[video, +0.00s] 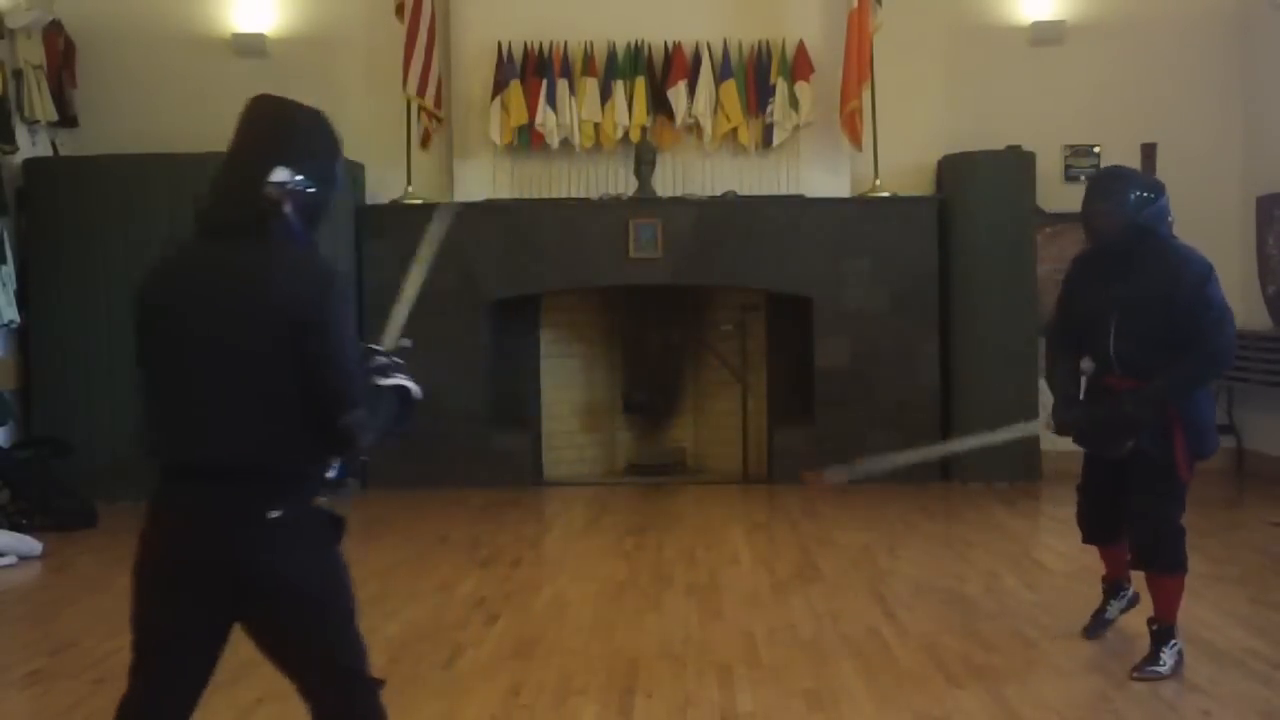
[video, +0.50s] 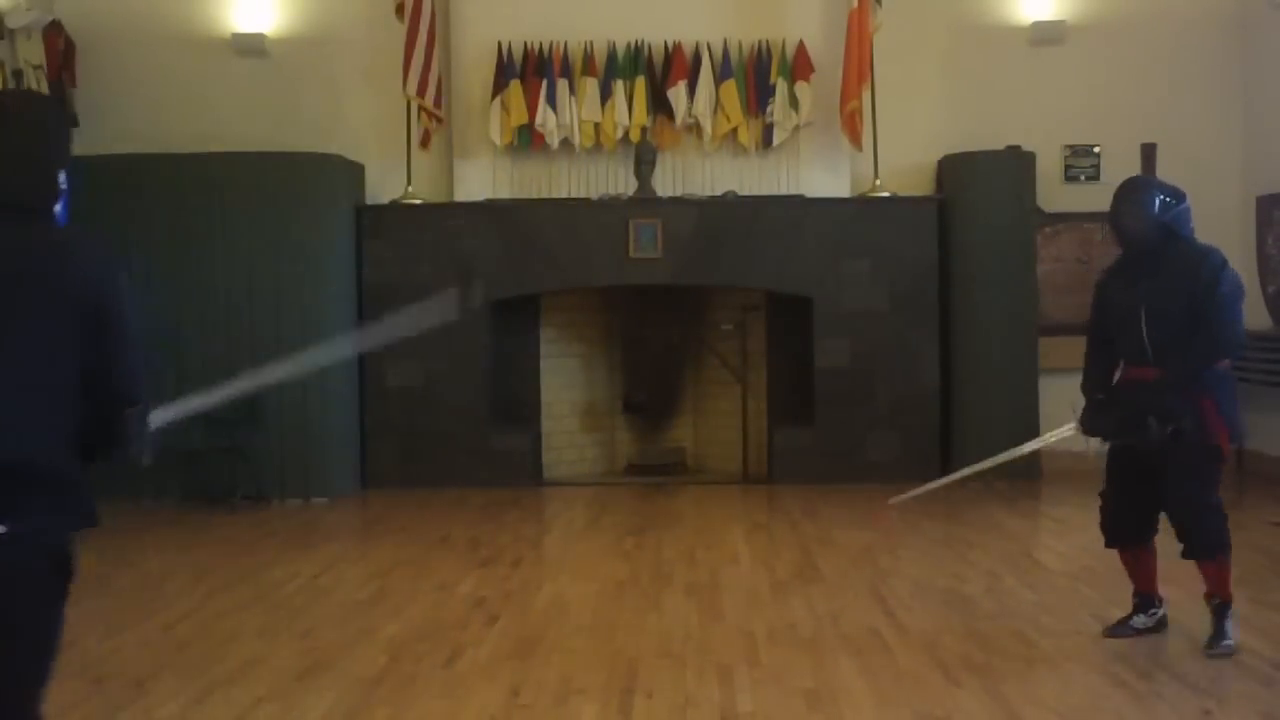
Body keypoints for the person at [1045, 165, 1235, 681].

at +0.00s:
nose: (1095, 226)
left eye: (1106, 216)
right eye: (1091, 216)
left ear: (1138, 214)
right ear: (1090, 216)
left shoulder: (1182, 268)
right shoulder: (1088, 266)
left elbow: (1217, 349)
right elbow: (1062, 337)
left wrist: (1151, 401)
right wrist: (1067, 397)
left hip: (1166, 413)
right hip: (1106, 410)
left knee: (1155, 522)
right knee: (1099, 508)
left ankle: (1165, 637)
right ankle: (1118, 589)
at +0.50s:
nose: (1124, 230)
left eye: (1133, 219)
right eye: (1119, 220)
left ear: (1161, 216)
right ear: (1116, 224)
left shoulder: (1205, 267)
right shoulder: (1115, 279)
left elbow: (1223, 345)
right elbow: (1099, 350)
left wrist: (1170, 397)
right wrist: (1097, 402)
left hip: (1195, 415)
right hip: (1134, 415)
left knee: (1198, 512)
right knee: (1125, 512)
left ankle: (1221, 613)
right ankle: (1147, 607)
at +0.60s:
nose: (1133, 228)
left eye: (1142, 218)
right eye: (1130, 219)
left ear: (1171, 216)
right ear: (1131, 223)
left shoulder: (1218, 268)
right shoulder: (1132, 280)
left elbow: (1227, 343)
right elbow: (1116, 346)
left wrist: (1176, 389)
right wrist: (1107, 393)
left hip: (1209, 409)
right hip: (1148, 410)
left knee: (1215, 501)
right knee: (1133, 508)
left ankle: (1257, 586)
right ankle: (1148, 605)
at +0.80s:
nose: (1169, 230)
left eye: (1176, 219)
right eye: (1168, 220)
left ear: (1202, 218)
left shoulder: (1252, 273)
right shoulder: (1179, 280)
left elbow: (1256, 353)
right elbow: (1163, 344)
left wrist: (1195, 399)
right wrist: (1147, 390)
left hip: (1253, 416)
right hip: (1194, 416)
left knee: (1268, 520)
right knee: (1167, 508)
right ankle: (1152, 603)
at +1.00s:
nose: (1208, 225)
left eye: (1215, 215)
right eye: (1206, 215)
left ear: (1239, 214)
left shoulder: (1263, 265)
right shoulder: (1213, 269)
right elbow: (1196, 339)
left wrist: (1195, 398)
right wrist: (1191, 391)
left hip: (1262, 411)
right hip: (1222, 408)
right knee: (1206, 495)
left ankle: (1199, 589)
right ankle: (1198, 590)